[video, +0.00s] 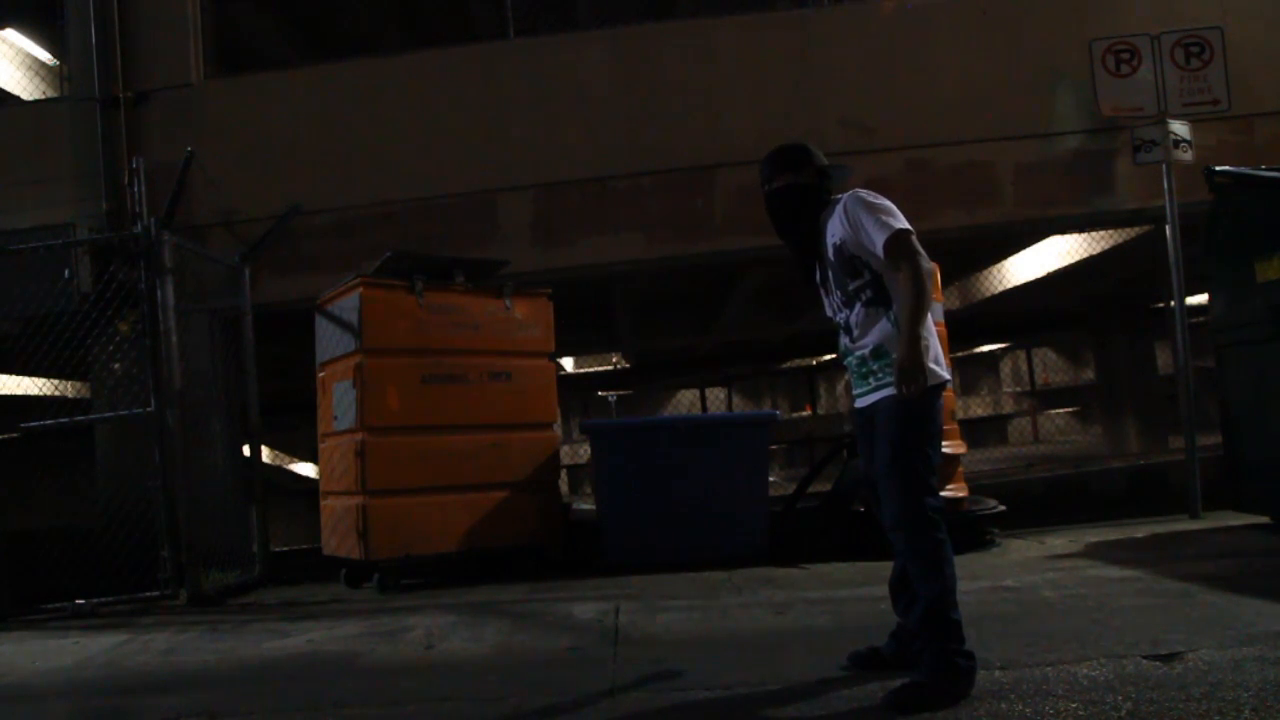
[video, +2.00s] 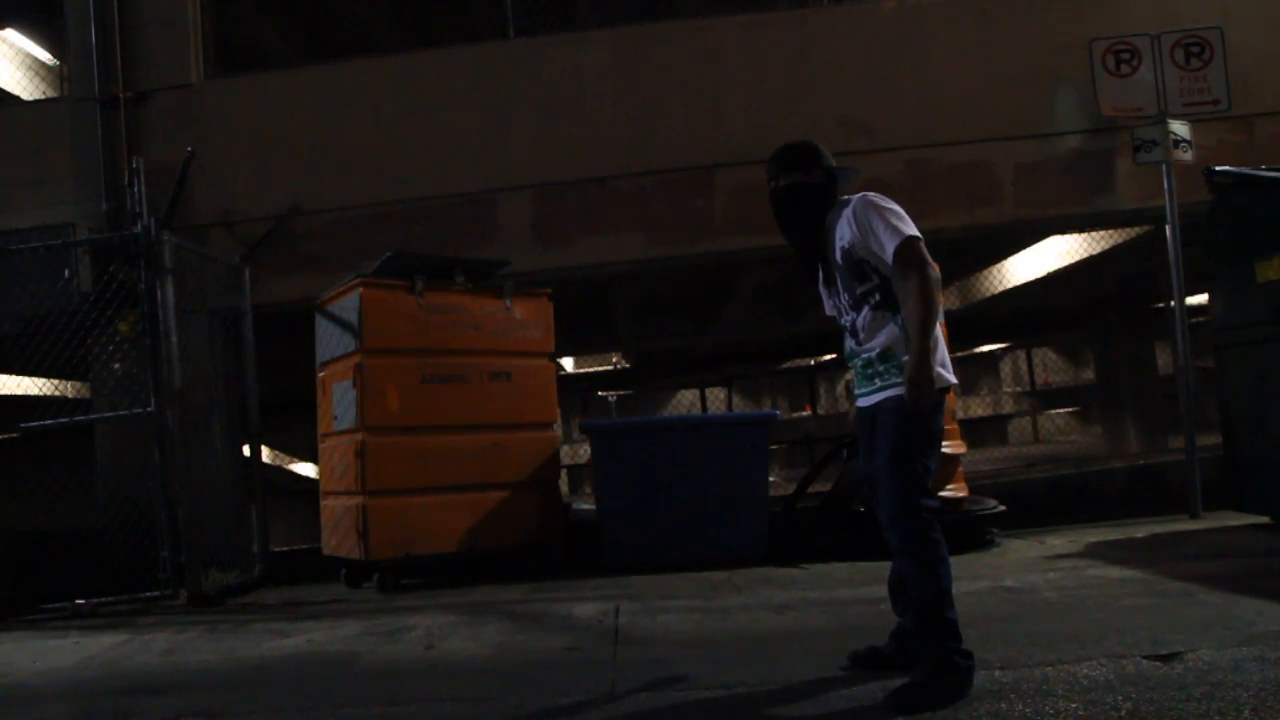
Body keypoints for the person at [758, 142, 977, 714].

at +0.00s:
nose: (776, 203)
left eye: (782, 188)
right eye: (770, 193)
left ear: (811, 180)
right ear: (779, 195)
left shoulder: (855, 207)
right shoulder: (825, 245)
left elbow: (914, 265)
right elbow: (865, 318)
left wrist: (910, 353)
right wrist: (864, 387)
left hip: (905, 393)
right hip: (877, 401)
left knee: (916, 521)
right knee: (899, 521)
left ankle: (947, 661)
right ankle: (914, 639)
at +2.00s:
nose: (782, 203)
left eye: (789, 188)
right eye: (776, 193)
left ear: (817, 180)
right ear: (785, 193)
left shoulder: (864, 210)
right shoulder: (827, 247)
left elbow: (921, 275)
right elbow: (859, 329)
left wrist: (921, 374)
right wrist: (863, 396)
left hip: (910, 394)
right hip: (877, 401)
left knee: (911, 519)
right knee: (895, 519)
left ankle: (945, 660)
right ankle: (913, 639)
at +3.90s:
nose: (712, 221)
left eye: (720, 207)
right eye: (708, 210)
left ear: (747, 202)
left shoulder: (794, 232)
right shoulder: (757, 272)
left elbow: (856, 287)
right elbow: (805, 345)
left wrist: (882, 377)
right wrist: (814, 408)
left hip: (871, 394)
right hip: (843, 402)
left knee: (846, 517)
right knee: (878, 514)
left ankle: (929, 634)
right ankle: (908, 635)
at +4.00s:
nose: (686, 228)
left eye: (694, 214)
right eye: (683, 216)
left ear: (721, 209)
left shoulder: (769, 240)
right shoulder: (733, 276)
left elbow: (840, 296)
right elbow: (782, 349)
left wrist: (886, 373)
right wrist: (791, 412)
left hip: (852, 400)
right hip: (822, 409)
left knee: (811, 522)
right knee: (870, 516)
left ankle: (910, 630)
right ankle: (914, 633)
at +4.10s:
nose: (653, 241)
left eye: (660, 228)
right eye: (652, 229)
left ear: (684, 225)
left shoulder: (735, 255)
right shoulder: (700, 291)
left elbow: (801, 320)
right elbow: (748, 363)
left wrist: (858, 391)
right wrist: (756, 423)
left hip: (825, 415)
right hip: (797, 422)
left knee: (762, 530)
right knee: (846, 527)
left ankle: (841, 640)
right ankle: (918, 634)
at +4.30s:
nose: (555, 256)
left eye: (559, 245)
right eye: (556, 248)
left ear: (576, 240)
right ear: (609, 234)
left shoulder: (615, 269)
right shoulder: (622, 275)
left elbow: (573, 303)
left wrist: (497, 298)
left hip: (728, 429)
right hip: (737, 424)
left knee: (670, 557)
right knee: (770, 539)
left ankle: (741, 675)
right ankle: (888, 611)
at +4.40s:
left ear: (518, 202)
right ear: (556, 202)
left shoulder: (554, 240)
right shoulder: (574, 248)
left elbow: (536, 268)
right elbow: (628, 312)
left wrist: (479, 248)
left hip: (660, 413)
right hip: (660, 412)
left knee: (690, 532)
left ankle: (820, 579)